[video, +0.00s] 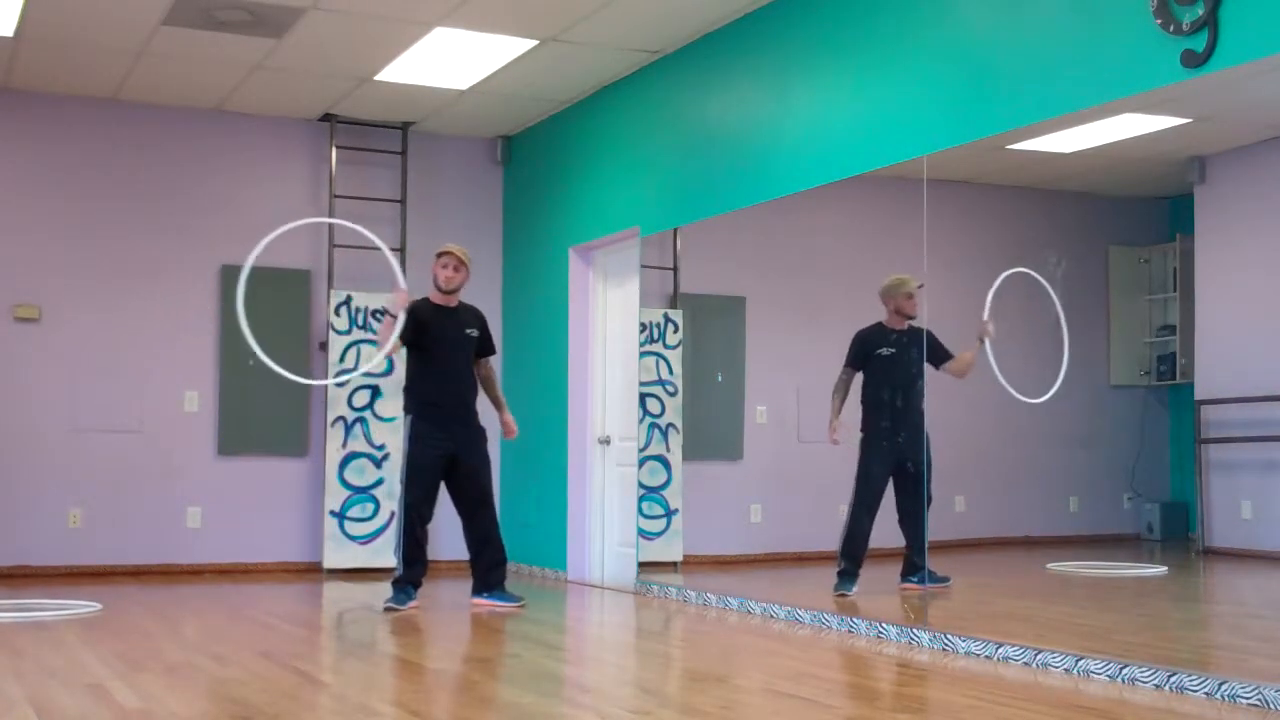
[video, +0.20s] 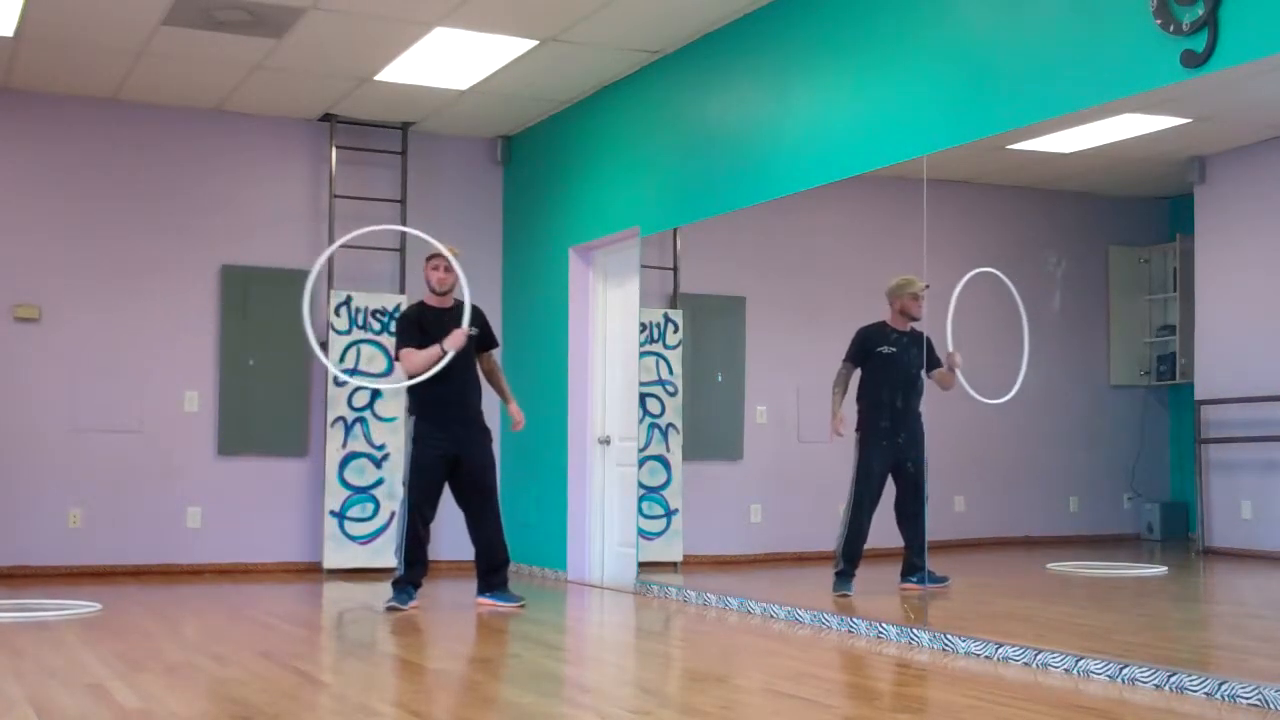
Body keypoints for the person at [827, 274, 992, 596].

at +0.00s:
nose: (916, 302)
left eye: (916, 296)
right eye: (909, 297)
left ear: (911, 301)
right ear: (890, 301)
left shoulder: (922, 338)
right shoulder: (866, 338)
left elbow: (959, 369)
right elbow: (845, 378)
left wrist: (981, 342)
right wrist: (835, 416)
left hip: (913, 437)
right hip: (877, 437)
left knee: (917, 506)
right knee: (865, 508)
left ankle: (915, 570)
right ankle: (847, 575)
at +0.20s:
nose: (922, 303)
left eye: (922, 298)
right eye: (915, 298)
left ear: (915, 303)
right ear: (896, 301)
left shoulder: (921, 341)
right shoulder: (868, 335)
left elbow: (945, 383)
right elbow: (844, 375)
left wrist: (952, 368)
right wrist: (837, 411)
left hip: (910, 432)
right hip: (875, 432)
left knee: (913, 504)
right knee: (862, 504)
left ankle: (915, 570)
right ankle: (845, 574)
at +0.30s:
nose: (918, 302)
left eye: (919, 297)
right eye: (912, 297)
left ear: (913, 303)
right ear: (893, 301)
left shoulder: (919, 341)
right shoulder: (865, 334)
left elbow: (936, 384)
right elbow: (840, 375)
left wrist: (939, 375)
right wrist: (837, 410)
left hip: (907, 433)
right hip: (872, 432)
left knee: (912, 504)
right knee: (858, 504)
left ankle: (914, 569)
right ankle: (841, 574)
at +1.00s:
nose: (867, 298)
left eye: (869, 293)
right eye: (859, 293)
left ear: (874, 297)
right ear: (844, 300)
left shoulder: (884, 328)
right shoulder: (828, 339)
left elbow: (893, 351)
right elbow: (811, 386)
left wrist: (892, 372)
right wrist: (811, 426)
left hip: (885, 431)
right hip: (848, 434)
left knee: (905, 496)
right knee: (846, 507)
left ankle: (892, 563)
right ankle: (836, 575)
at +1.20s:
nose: (866, 296)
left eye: (868, 291)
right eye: (859, 292)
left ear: (871, 297)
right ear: (843, 297)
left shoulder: (878, 330)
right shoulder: (825, 335)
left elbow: (900, 338)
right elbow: (805, 380)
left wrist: (887, 332)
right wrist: (800, 422)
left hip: (875, 432)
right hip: (839, 433)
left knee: (888, 498)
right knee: (834, 502)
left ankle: (863, 567)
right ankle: (821, 572)